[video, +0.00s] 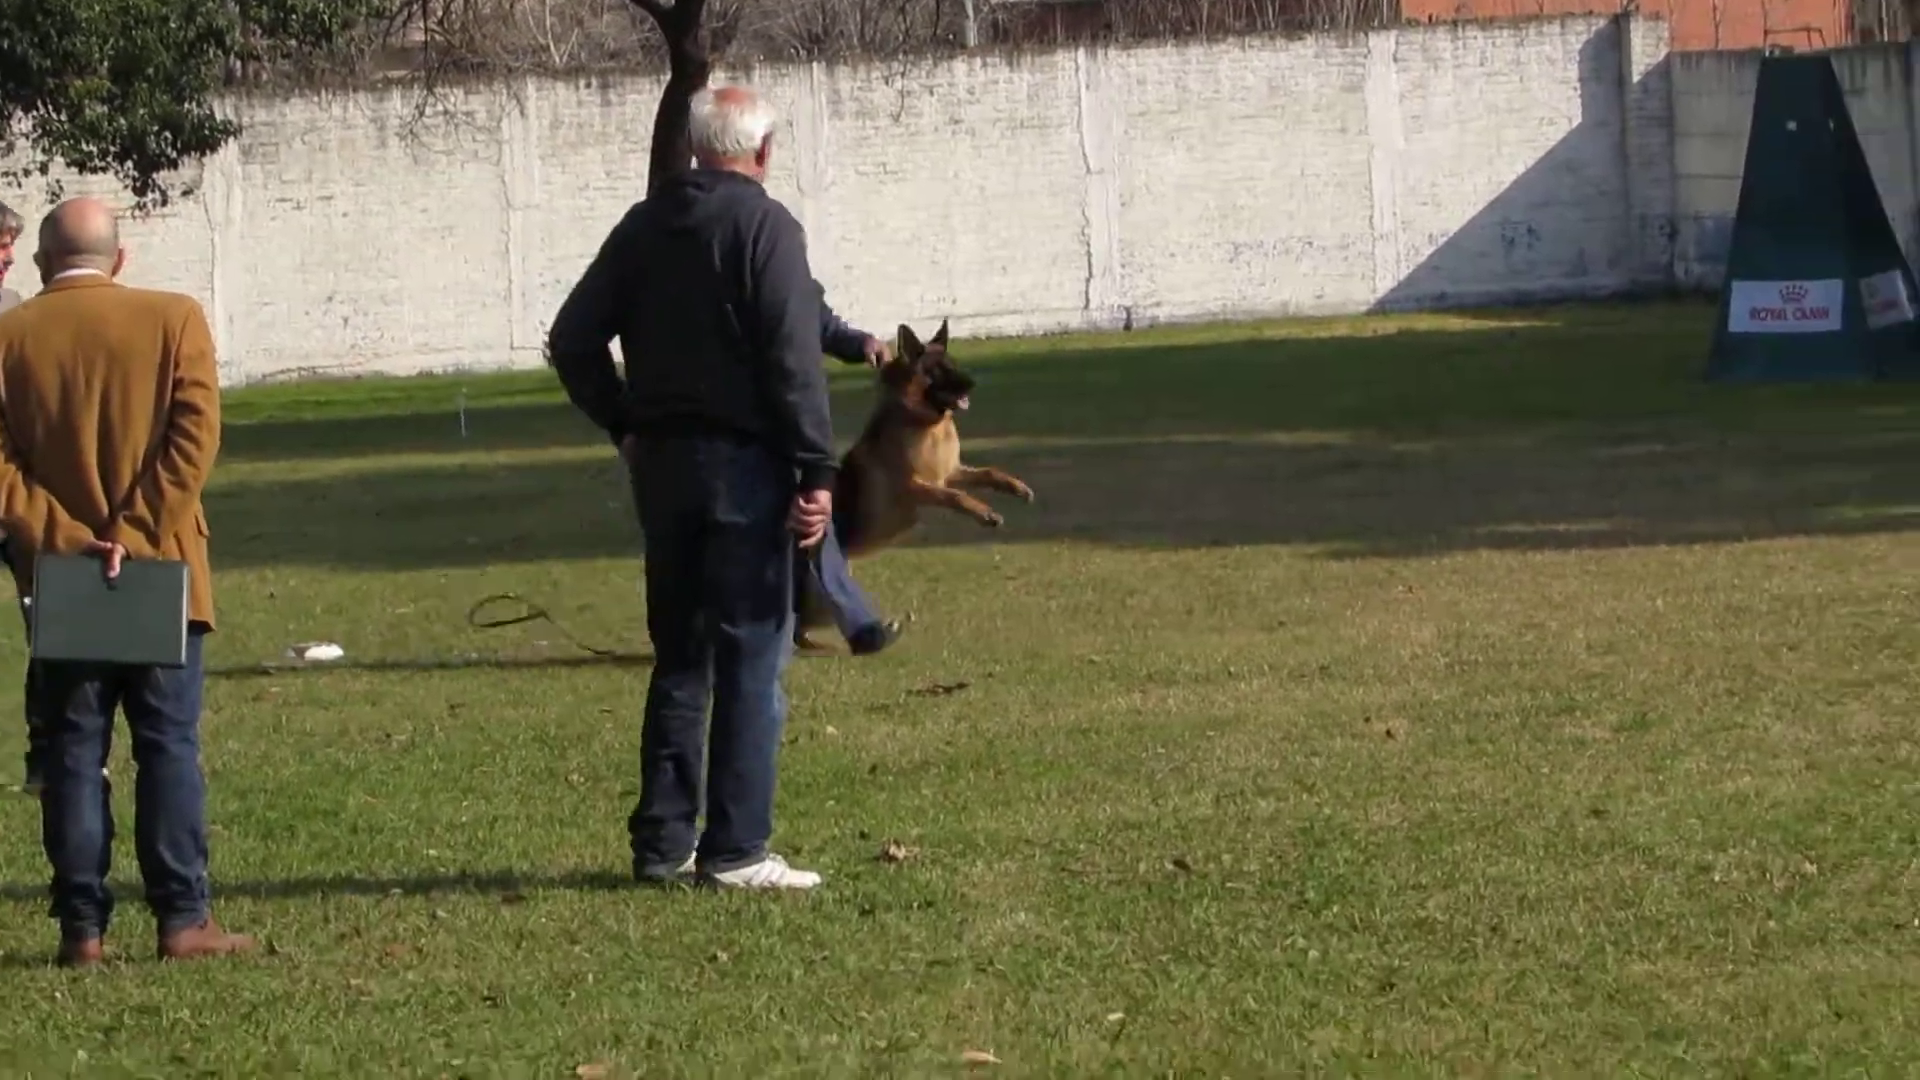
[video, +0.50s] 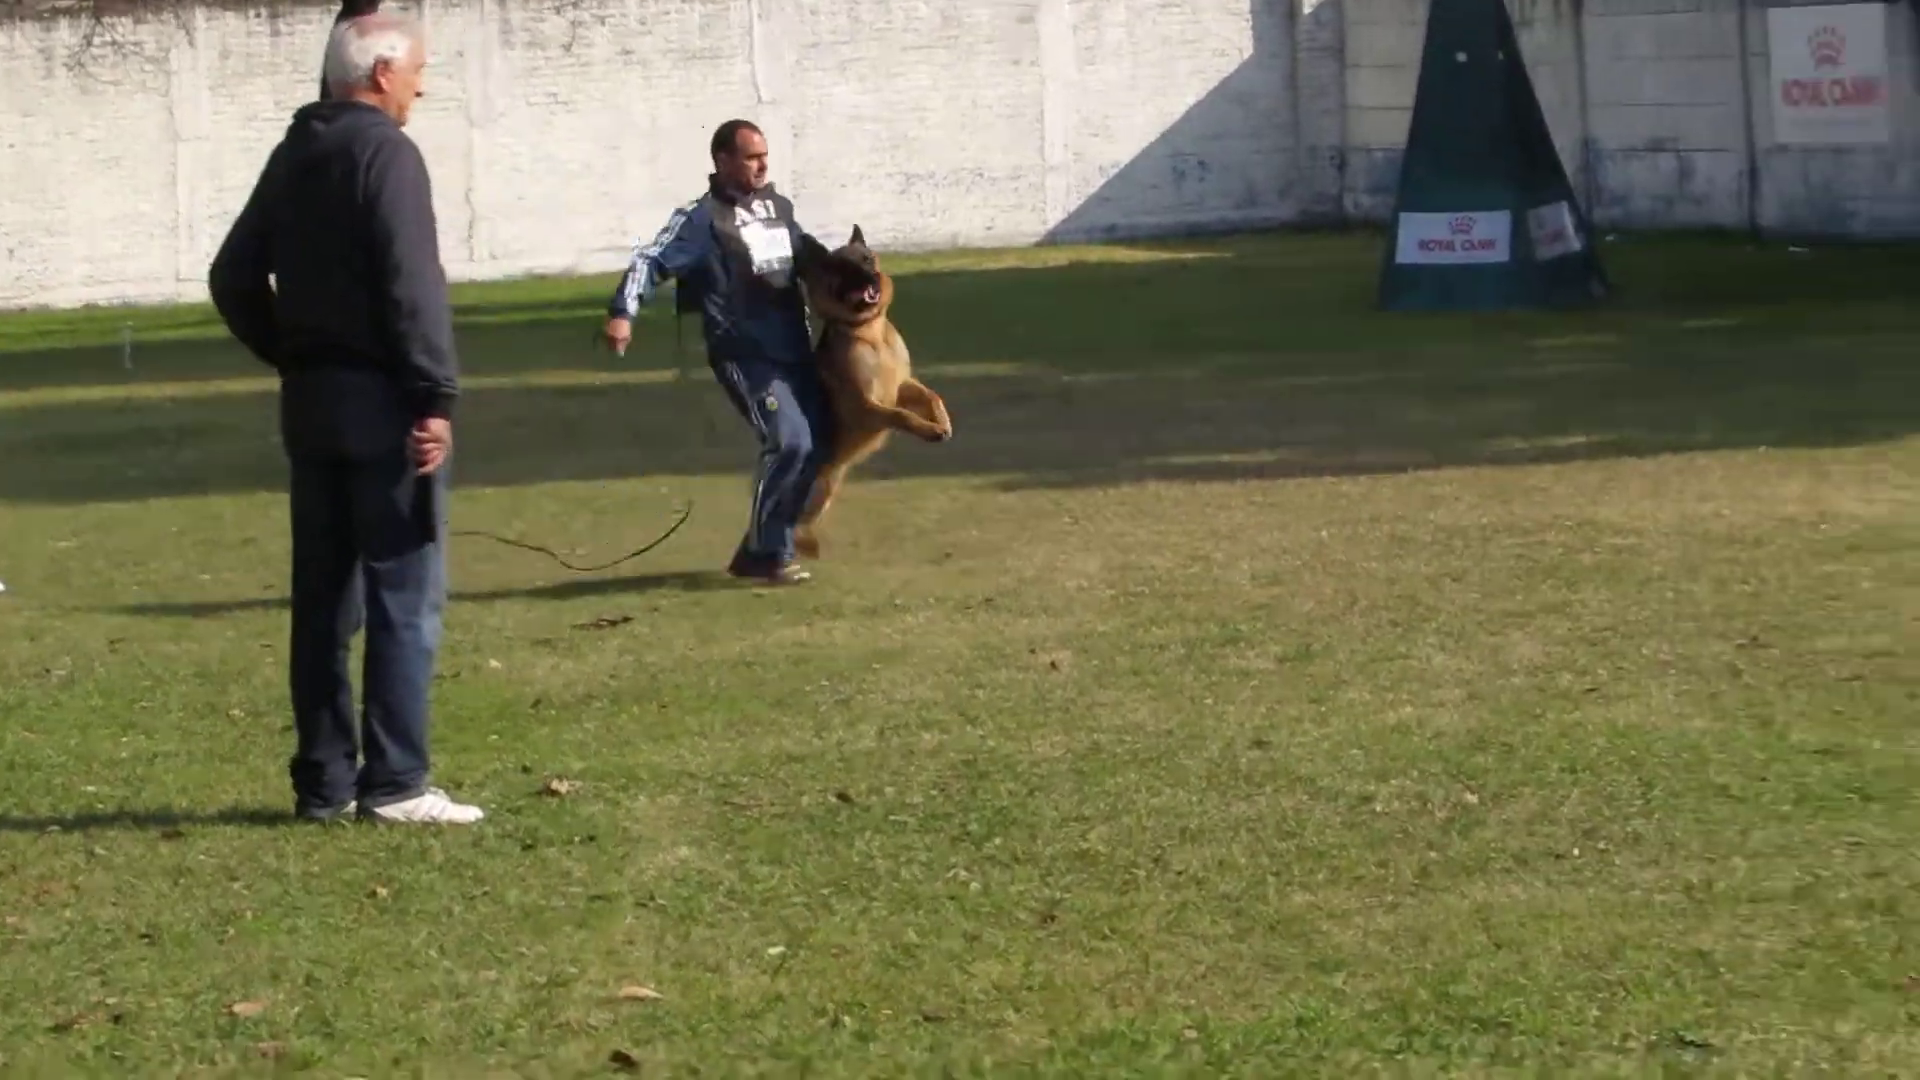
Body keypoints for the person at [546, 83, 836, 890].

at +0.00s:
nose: (774, 159)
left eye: (768, 147)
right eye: (773, 148)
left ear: (694, 144)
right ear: (760, 150)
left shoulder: (644, 222)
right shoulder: (765, 225)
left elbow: (571, 340)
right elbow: (794, 360)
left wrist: (627, 424)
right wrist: (815, 470)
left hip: (663, 469)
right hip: (745, 470)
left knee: (678, 656)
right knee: (753, 656)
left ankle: (663, 844)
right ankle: (738, 851)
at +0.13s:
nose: (716, 135)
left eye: (713, 121)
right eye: (713, 123)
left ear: (634, 121)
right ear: (696, 127)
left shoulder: (585, 198)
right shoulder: (696, 201)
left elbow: (517, 318)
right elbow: (726, 335)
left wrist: (580, 401)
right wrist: (752, 447)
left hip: (605, 450)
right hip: (686, 450)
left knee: (615, 635)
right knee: (696, 637)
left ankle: (608, 824)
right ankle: (681, 828)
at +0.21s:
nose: (662, 122)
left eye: (659, 108)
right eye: (658, 109)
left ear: (583, 109)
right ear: (636, 112)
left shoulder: (534, 183)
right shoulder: (639, 186)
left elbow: (468, 307)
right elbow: (667, 323)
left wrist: (535, 394)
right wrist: (694, 435)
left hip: (554, 439)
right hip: (633, 439)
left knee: (563, 628)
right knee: (645, 631)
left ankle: (556, 814)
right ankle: (629, 817)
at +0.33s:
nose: (578, 101)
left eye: (576, 86)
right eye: (572, 88)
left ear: (503, 92)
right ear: (541, 94)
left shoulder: (449, 166)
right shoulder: (547, 169)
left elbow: (386, 292)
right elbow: (574, 301)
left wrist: (448, 376)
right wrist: (599, 416)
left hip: (470, 423)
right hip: (543, 421)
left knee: (480, 611)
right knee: (563, 614)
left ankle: (477, 799)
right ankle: (549, 801)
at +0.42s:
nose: (507, 94)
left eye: (506, 78)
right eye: (502, 79)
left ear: (435, 82)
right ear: (469, 82)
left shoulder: (379, 155)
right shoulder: (473, 158)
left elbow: (317, 282)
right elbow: (499, 288)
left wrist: (378, 366)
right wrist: (523, 405)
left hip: (398, 412)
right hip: (472, 411)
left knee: (408, 602)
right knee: (493, 606)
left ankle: (407, 790)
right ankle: (480, 792)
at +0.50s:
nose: (421, 86)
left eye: (421, 70)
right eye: (417, 71)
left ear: (351, 72)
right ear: (384, 73)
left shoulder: (296, 147)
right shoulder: (387, 151)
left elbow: (233, 275)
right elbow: (413, 280)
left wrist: (295, 359)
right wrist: (436, 396)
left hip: (313, 406)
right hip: (386, 406)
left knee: (322, 596)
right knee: (406, 597)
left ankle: (325, 783)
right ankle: (397, 784)